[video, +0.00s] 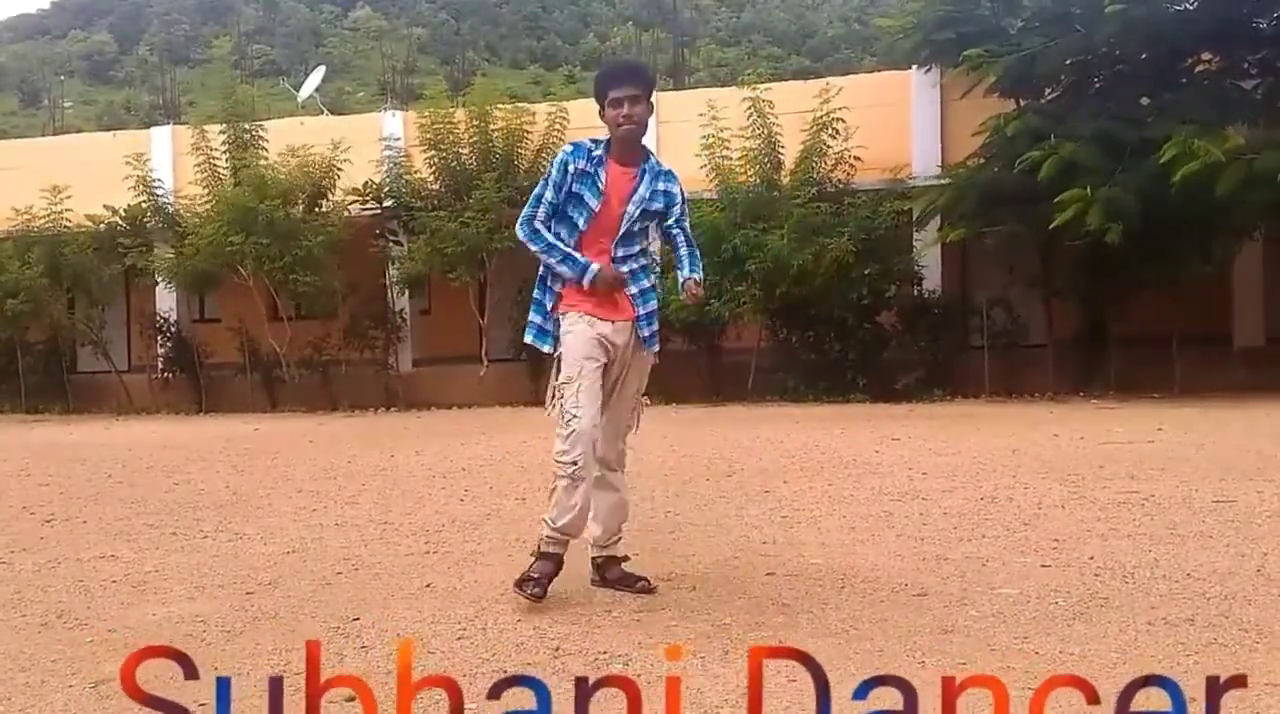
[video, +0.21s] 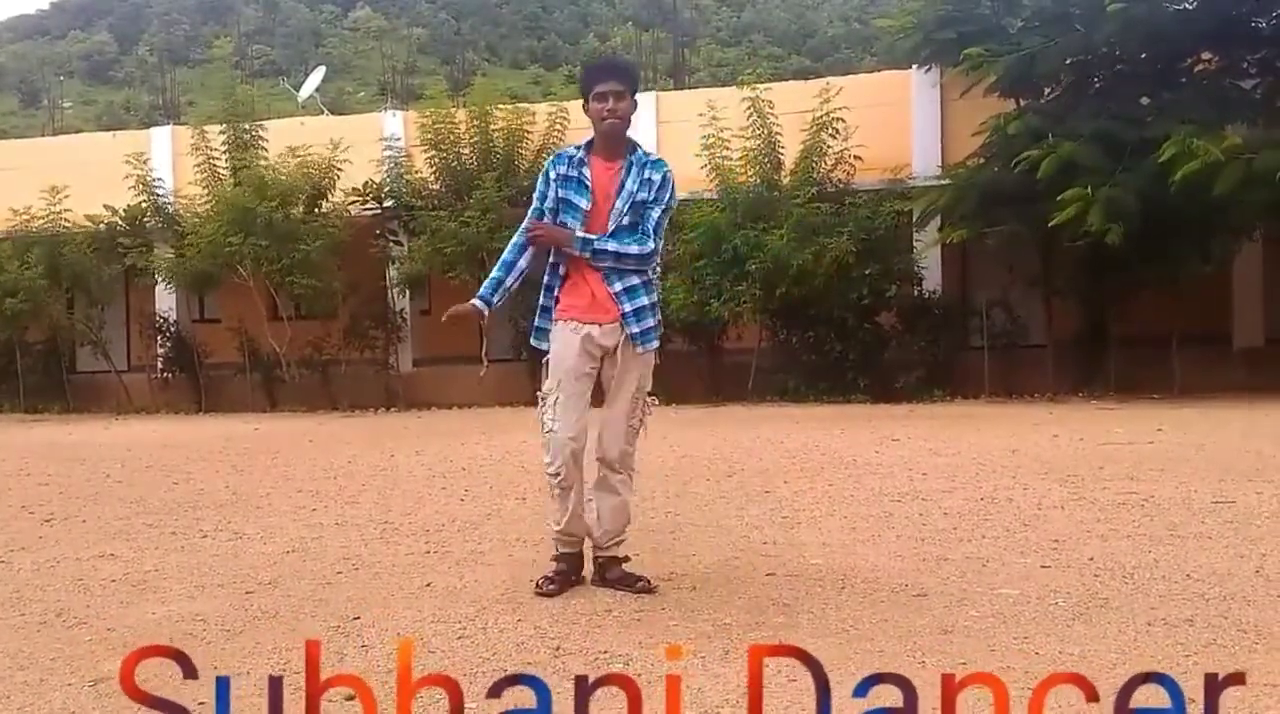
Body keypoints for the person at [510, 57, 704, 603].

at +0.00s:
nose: (628, 112)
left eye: (636, 102)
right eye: (617, 103)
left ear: (651, 107)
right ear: (602, 110)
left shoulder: (664, 182)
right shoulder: (573, 160)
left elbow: (682, 237)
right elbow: (530, 225)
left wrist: (690, 273)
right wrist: (586, 268)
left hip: (636, 320)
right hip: (581, 315)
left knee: (613, 445)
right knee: (581, 434)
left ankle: (606, 560)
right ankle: (552, 550)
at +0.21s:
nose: (613, 107)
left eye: (621, 97)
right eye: (602, 98)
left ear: (634, 104)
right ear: (586, 107)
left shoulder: (655, 173)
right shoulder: (561, 166)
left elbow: (646, 249)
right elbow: (529, 236)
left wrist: (572, 241)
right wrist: (485, 300)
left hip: (634, 325)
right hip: (571, 324)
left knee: (616, 450)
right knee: (563, 446)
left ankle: (608, 561)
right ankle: (567, 558)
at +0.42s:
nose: (581, 114)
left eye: (590, 105)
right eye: (571, 106)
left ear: (605, 111)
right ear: (558, 115)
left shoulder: (631, 165)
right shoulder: (555, 176)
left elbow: (625, 245)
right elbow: (530, 248)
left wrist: (552, 273)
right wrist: (483, 312)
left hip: (632, 326)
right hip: (573, 330)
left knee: (640, 445)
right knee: (562, 446)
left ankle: (646, 548)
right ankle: (570, 555)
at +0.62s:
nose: (577, 118)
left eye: (586, 107)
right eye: (567, 111)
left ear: (605, 111)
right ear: (557, 119)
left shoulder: (633, 159)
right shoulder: (559, 181)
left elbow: (659, 233)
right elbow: (531, 239)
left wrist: (637, 311)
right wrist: (496, 292)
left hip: (649, 331)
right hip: (586, 335)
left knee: (677, 446)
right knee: (571, 449)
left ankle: (702, 558)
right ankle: (569, 556)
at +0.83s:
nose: (593, 136)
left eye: (603, 124)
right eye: (584, 127)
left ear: (632, 124)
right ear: (579, 133)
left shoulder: (657, 163)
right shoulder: (576, 186)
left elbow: (666, 206)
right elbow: (571, 260)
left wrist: (593, 240)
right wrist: (574, 316)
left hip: (671, 335)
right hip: (607, 340)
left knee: (701, 442)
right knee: (564, 438)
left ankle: (731, 555)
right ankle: (572, 551)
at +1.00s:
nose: (587, 168)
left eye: (597, 158)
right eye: (583, 161)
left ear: (630, 165)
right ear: (585, 170)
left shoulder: (657, 197)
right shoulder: (588, 211)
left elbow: (613, 220)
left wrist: (561, 188)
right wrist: (556, 193)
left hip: (685, 358)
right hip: (623, 357)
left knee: (716, 466)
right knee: (550, 449)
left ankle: (731, 564)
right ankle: (572, 542)